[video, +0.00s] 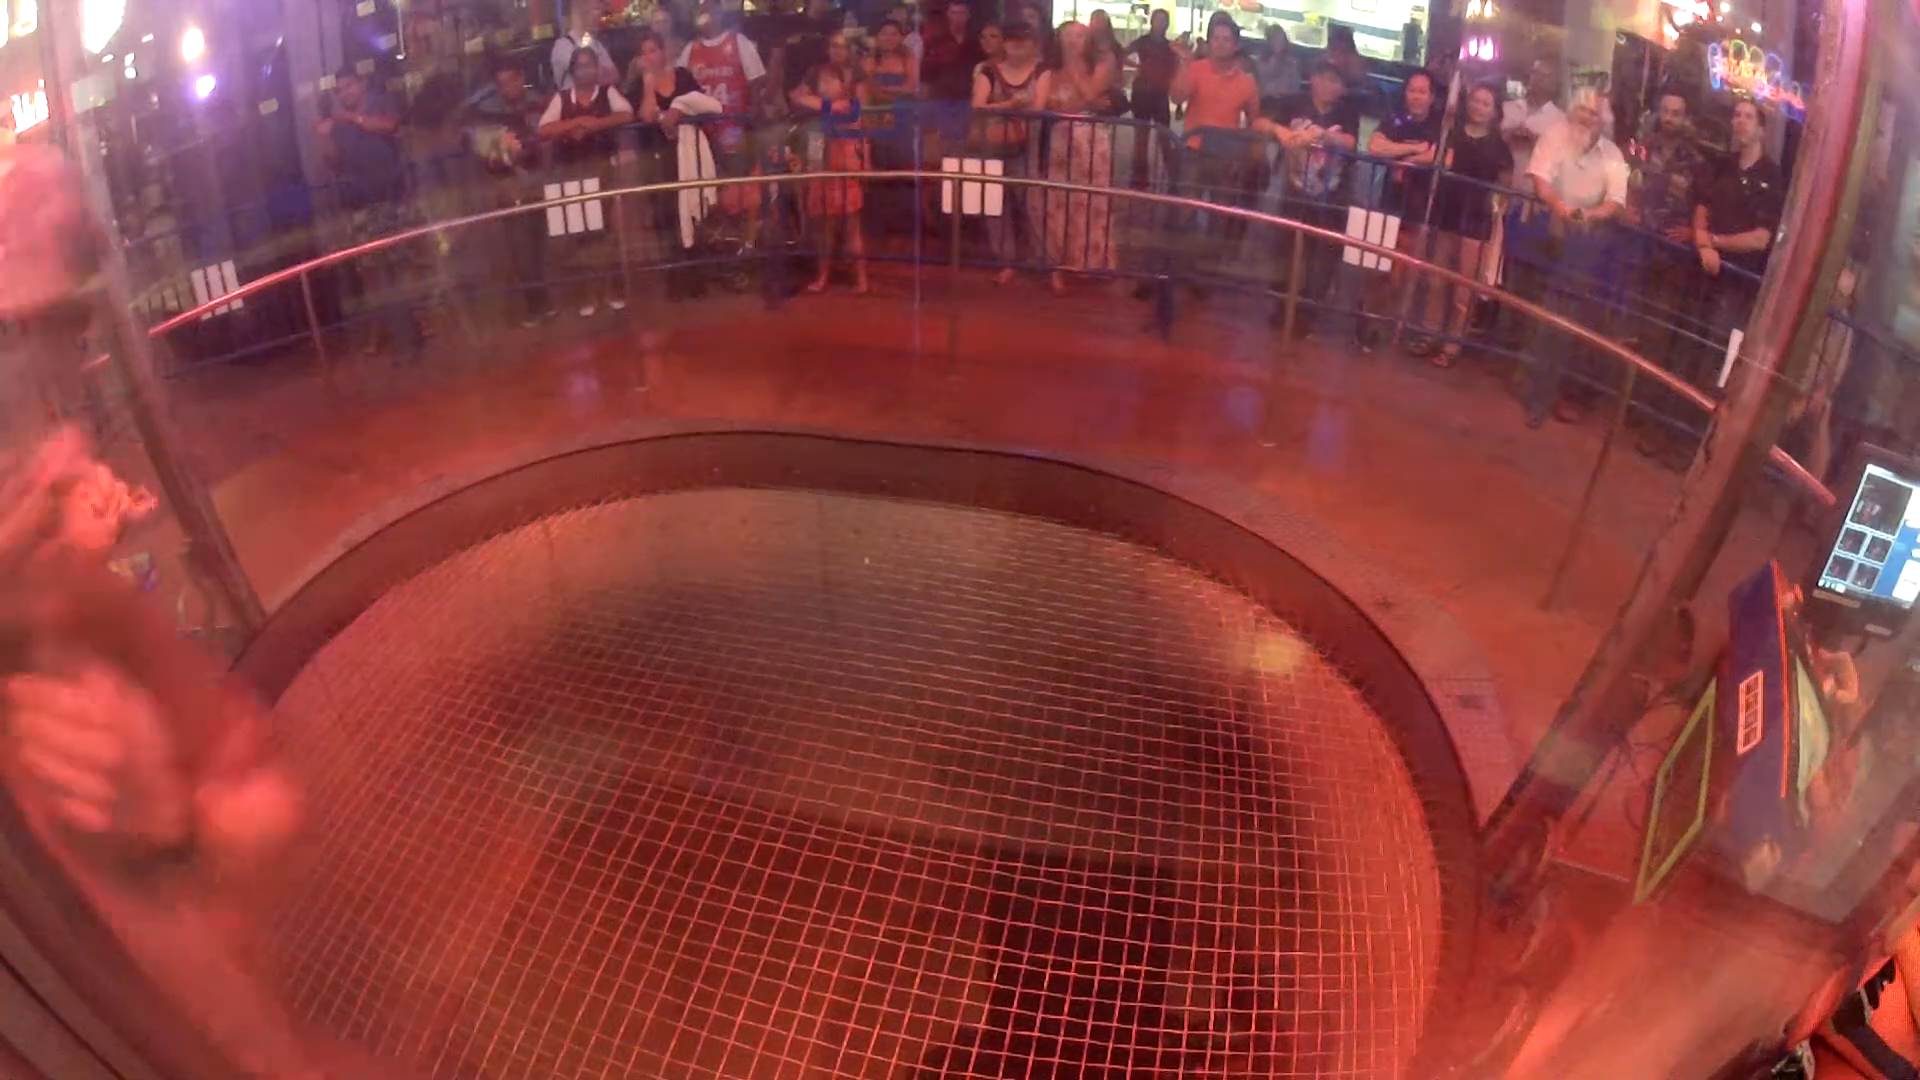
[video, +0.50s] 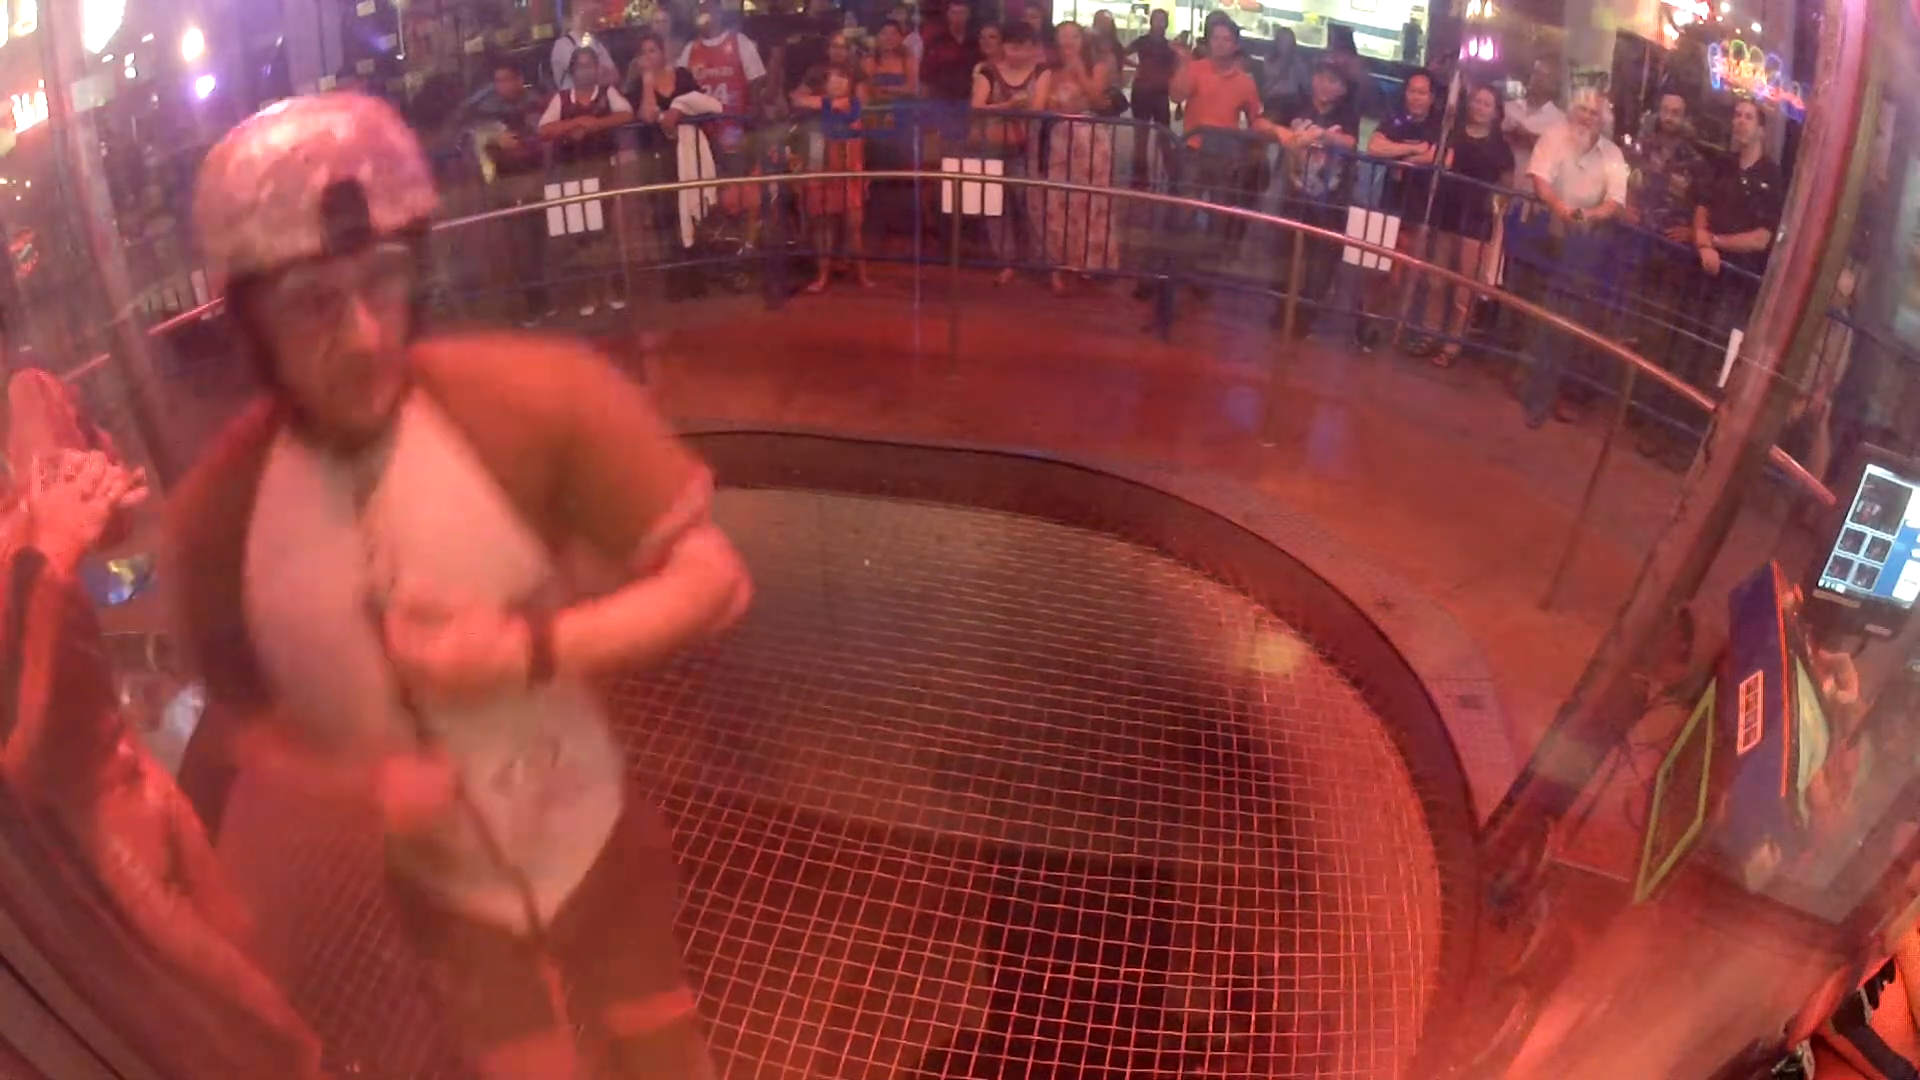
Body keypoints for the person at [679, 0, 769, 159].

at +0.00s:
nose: (703, 18)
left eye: (708, 13)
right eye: (700, 13)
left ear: (719, 15)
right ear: (696, 18)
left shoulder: (739, 42)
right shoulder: (691, 48)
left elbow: (756, 83)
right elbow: (681, 84)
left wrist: (754, 117)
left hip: (734, 123)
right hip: (702, 124)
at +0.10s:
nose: (704, 18)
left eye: (709, 13)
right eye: (700, 13)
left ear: (719, 15)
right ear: (696, 19)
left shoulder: (739, 42)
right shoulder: (691, 48)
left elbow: (756, 84)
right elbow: (680, 84)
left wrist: (753, 114)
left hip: (733, 124)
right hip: (701, 124)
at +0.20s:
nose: (704, 17)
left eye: (709, 12)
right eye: (700, 13)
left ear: (719, 14)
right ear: (696, 18)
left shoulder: (739, 43)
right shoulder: (691, 48)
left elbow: (756, 85)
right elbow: (681, 86)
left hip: (734, 124)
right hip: (701, 125)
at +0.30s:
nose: (704, 17)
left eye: (709, 12)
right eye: (700, 13)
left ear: (719, 14)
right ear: (696, 18)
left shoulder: (739, 42)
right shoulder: (691, 48)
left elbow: (756, 84)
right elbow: (681, 85)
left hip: (734, 124)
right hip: (702, 125)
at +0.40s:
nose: (704, 17)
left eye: (709, 12)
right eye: (700, 13)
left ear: (719, 14)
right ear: (696, 18)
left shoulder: (739, 42)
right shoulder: (691, 48)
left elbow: (756, 84)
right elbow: (681, 85)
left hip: (734, 124)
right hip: (702, 125)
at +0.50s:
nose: (704, 17)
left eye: (709, 12)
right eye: (701, 12)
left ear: (719, 14)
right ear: (696, 18)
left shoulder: (740, 42)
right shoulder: (691, 48)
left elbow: (756, 83)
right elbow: (680, 83)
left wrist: (753, 115)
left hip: (734, 123)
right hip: (702, 124)